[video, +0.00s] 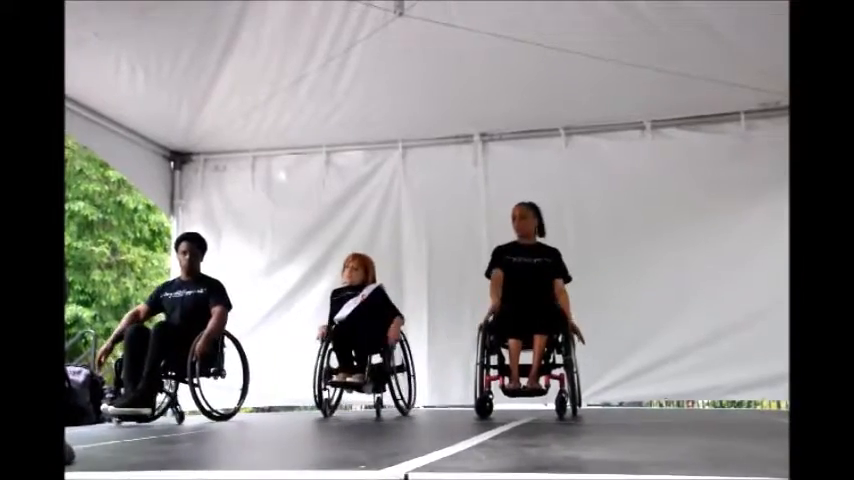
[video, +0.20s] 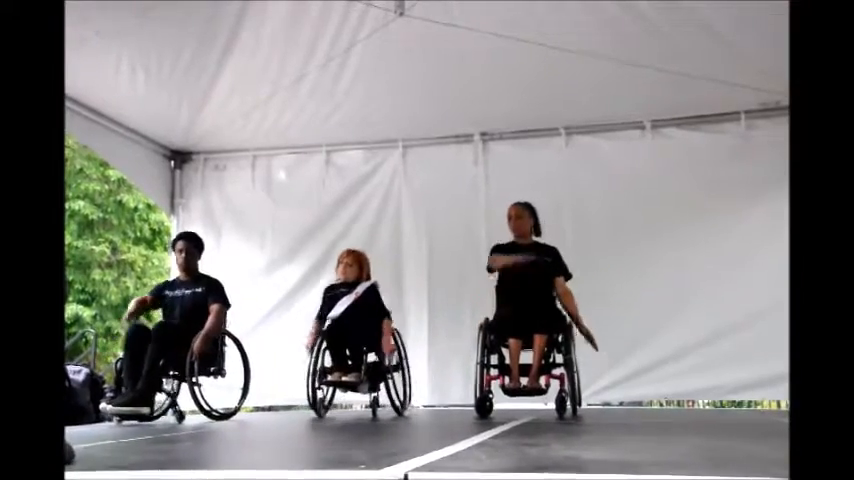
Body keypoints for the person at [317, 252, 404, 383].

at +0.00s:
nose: (349, 272)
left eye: (355, 269)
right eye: (347, 267)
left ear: (366, 273)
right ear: (343, 271)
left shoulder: (375, 291)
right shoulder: (337, 294)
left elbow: (398, 316)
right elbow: (334, 322)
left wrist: (395, 327)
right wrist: (326, 330)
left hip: (373, 332)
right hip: (349, 333)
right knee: (338, 332)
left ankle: (359, 373)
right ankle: (345, 370)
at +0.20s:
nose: (344, 268)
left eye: (350, 265)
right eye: (341, 264)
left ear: (361, 270)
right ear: (337, 268)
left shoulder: (368, 289)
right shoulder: (331, 290)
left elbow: (384, 316)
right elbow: (321, 317)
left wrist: (386, 340)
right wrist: (313, 337)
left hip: (365, 330)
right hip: (341, 329)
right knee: (332, 331)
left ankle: (355, 371)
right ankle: (339, 369)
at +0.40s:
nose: (336, 261)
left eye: (342, 258)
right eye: (333, 258)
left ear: (354, 263)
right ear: (329, 262)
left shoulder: (361, 283)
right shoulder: (326, 284)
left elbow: (376, 309)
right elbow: (311, 310)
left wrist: (372, 329)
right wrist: (312, 297)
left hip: (355, 319)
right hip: (334, 319)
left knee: (349, 336)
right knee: (323, 330)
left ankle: (348, 369)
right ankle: (332, 366)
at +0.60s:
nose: (329, 259)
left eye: (336, 255)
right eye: (327, 254)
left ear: (349, 260)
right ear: (324, 258)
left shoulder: (359, 280)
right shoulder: (320, 281)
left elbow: (369, 301)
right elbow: (295, 300)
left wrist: (379, 297)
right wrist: (289, 269)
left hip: (354, 320)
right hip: (330, 319)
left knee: (342, 332)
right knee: (317, 326)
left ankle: (344, 368)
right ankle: (327, 367)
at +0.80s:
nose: (327, 256)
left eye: (333, 253)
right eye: (324, 252)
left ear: (346, 257)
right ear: (321, 256)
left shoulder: (354, 277)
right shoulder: (314, 281)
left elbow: (374, 281)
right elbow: (299, 316)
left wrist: (383, 251)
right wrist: (275, 302)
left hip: (347, 318)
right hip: (322, 319)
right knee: (310, 322)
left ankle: (339, 368)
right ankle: (320, 366)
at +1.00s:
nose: (324, 254)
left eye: (330, 251)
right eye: (321, 249)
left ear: (340, 257)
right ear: (314, 256)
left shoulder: (346, 276)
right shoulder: (307, 280)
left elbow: (360, 271)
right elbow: (304, 313)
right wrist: (289, 319)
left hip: (343, 318)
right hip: (318, 320)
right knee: (307, 322)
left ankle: (337, 370)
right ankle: (317, 368)